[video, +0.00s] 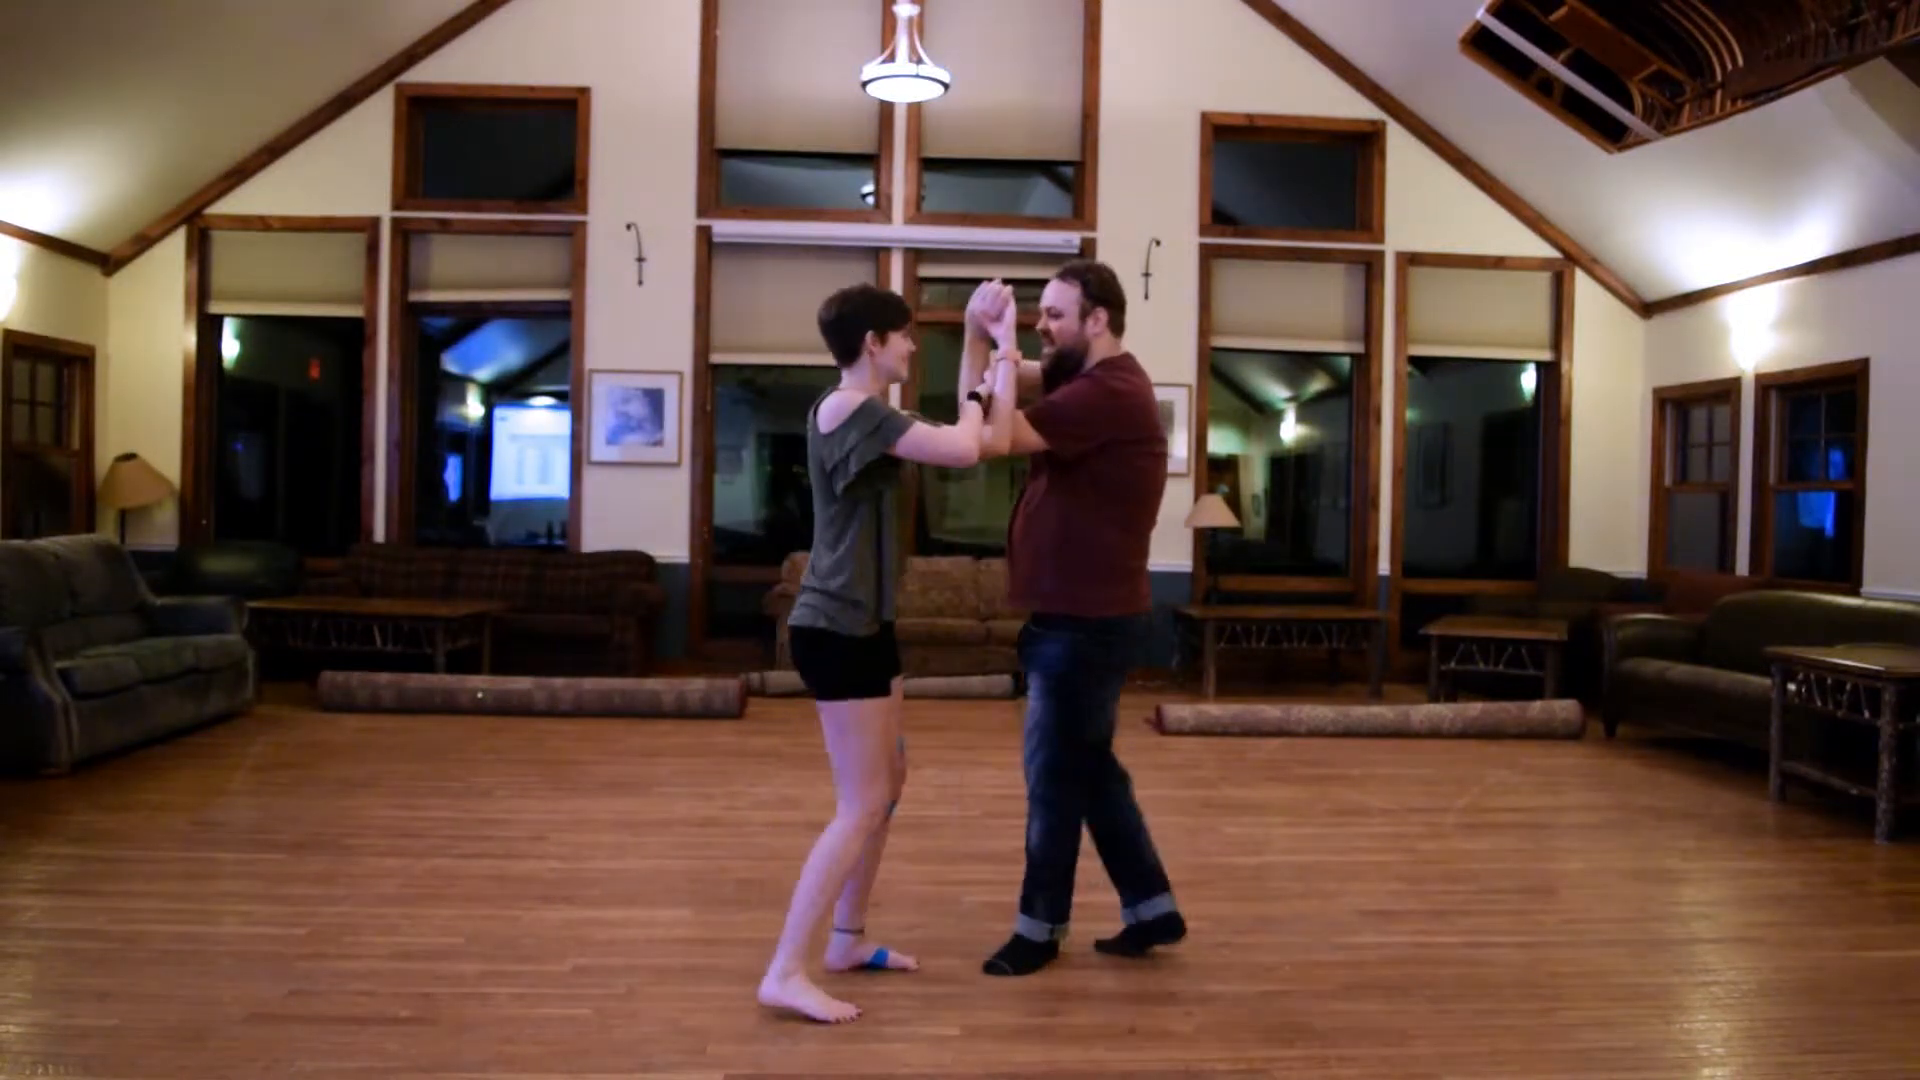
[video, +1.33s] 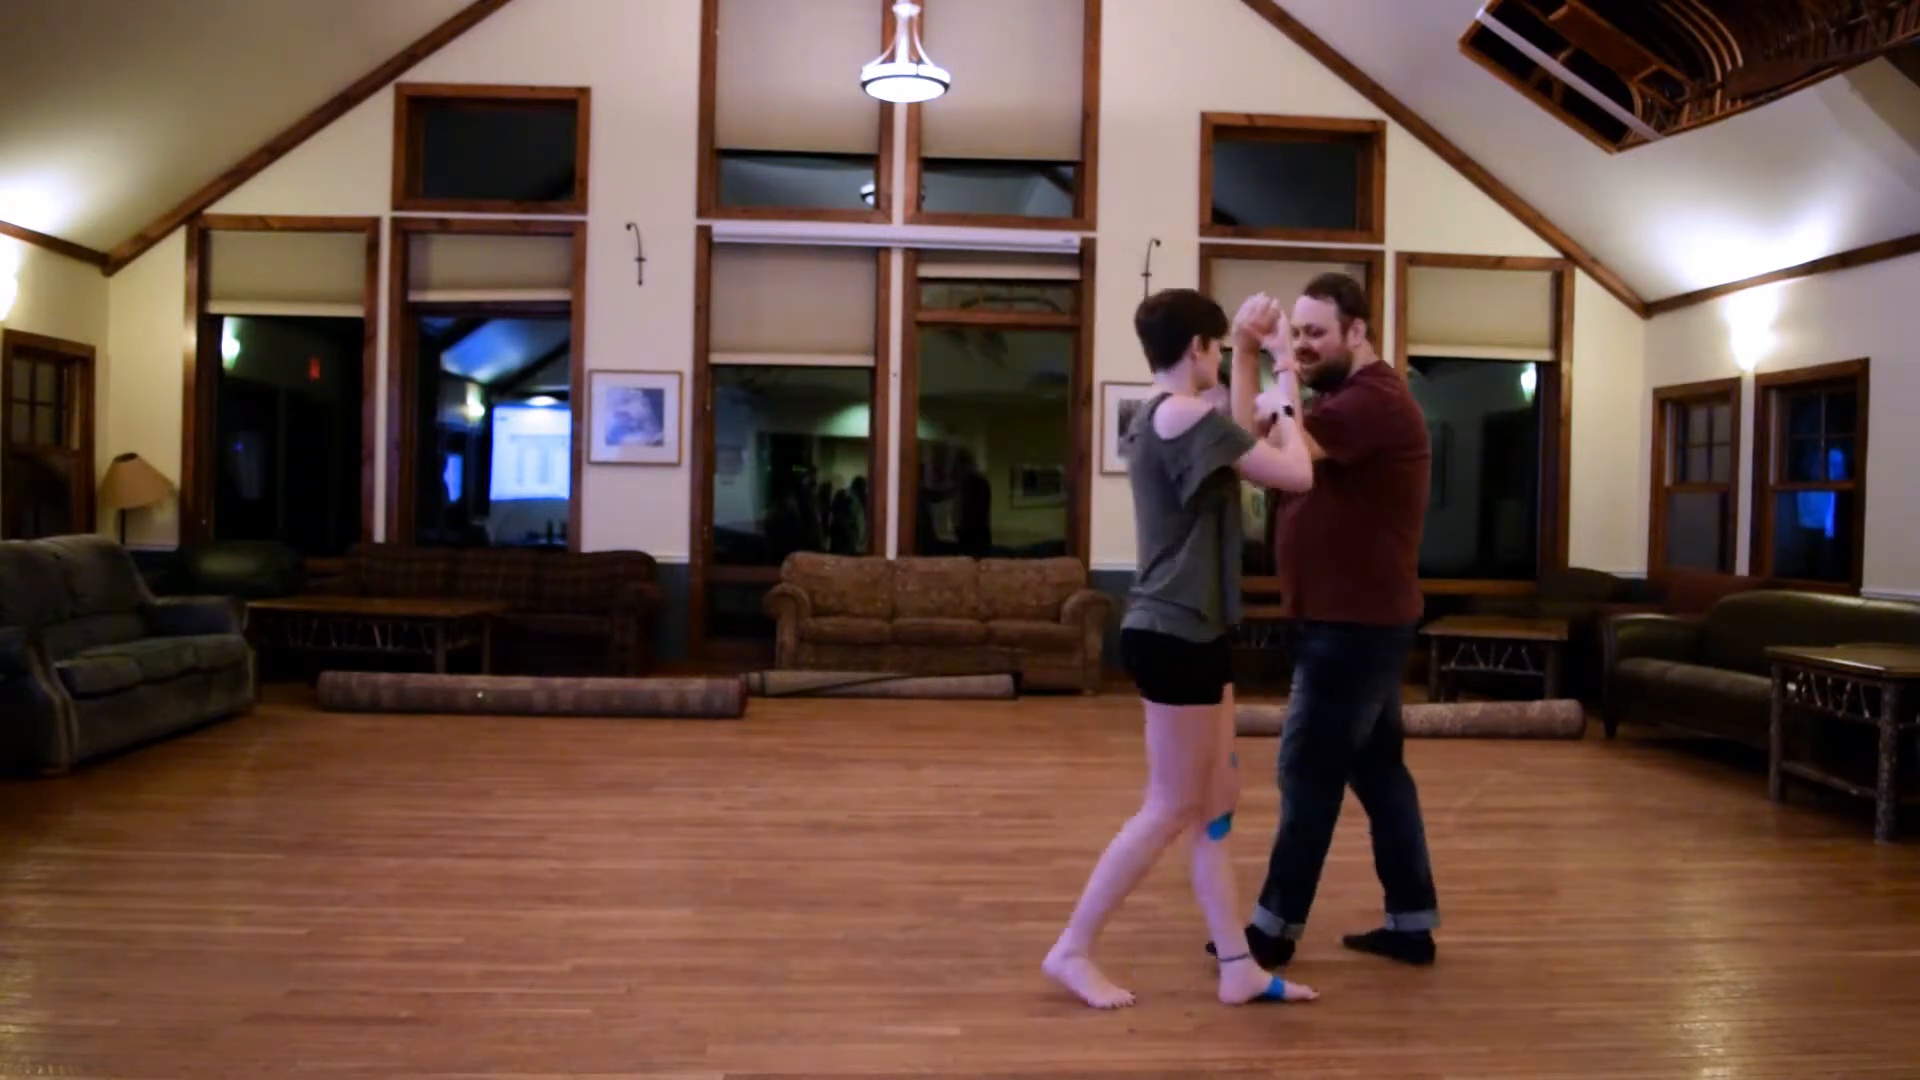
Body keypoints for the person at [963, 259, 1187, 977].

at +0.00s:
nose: (1044, 327)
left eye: (1056, 315)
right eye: (1044, 316)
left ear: (1097, 318)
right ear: (1082, 319)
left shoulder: (1111, 389)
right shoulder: (1080, 373)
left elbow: (1001, 434)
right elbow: (983, 401)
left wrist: (1002, 353)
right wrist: (984, 335)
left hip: (1085, 618)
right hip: (1068, 613)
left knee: (1051, 775)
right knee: (1089, 765)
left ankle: (1040, 927)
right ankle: (1153, 910)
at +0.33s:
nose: (1101, 328)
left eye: (1111, 315)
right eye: (1100, 315)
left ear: (1154, 318)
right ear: (1150, 321)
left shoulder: (1167, 388)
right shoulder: (1154, 381)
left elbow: (1061, 430)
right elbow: (1059, 419)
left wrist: (1054, 344)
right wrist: (1051, 343)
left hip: (1143, 614)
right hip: (1153, 610)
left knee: (1093, 755)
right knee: (1149, 760)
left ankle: (1150, 922)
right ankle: (1161, 921)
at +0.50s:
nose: (1132, 330)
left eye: (1142, 317)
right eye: (1131, 317)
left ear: (1183, 318)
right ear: (1170, 320)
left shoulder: (1205, 387)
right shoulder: (1164, 376)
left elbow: (1105, 438)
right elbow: (1076, 418)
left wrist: (1103, 362)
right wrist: (1079, 342)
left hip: (1183, 615)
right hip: (1148, 611)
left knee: (1159, 774)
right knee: (1151, 773)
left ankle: (1247, 907)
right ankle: (1160, 926)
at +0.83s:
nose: (1197, 333)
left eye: (1209, 319)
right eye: (1194, 320)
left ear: (1251, 319)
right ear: (1231, 320)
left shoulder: (1277, 385)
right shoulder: (1229, 378)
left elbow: (1178, 440)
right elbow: (1147, 426)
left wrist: (1168, 358)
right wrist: (1149, 347)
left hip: (1259, 619)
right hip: (1211, 615)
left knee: (1248, 772)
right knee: (1186, 749)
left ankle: (1264, 929)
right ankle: (1241, 896)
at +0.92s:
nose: (1219, 331)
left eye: (1232, 317)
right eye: (1215, 319)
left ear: (1276, 318)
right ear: (1225, 323)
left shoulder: (1296, 385)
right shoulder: (1247, 382)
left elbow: (1196, 440)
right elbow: (1167, 426)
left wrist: (1191, 362)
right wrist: (1168, 346)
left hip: (1275, 613)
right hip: (1231, 609)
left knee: (1258, 773)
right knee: (1217, 757)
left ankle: (1260, 932)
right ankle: (1307, 878)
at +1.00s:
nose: (1239, 332)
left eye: (1253, 318)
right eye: (1234, 320)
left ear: (1296, 322)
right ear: (1239, 327)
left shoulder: (1312, 389)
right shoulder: (1269, 383)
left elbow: (1219, 439)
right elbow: (1185, 427)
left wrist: (1217, 359)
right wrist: (1182, 345)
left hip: (1288, 613)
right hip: (1253, 610)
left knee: (1263, 772)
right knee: (1269, 765)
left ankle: (1263, 932)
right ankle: (1361, 887)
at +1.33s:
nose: (1299, 347)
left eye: (1312, 333)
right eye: (1295, 334)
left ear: (1356, 332)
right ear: (1304, 336)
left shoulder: (1373, 399)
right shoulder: (1342, 395)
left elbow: (1282, 450)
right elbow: (1254, 433)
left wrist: (1283, 370)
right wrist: (1245, 349)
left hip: (1355, 622)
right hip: (1356, 618)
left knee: (1306, 771)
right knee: (1379, 771)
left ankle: (1274, 930)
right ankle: (1411, 925)